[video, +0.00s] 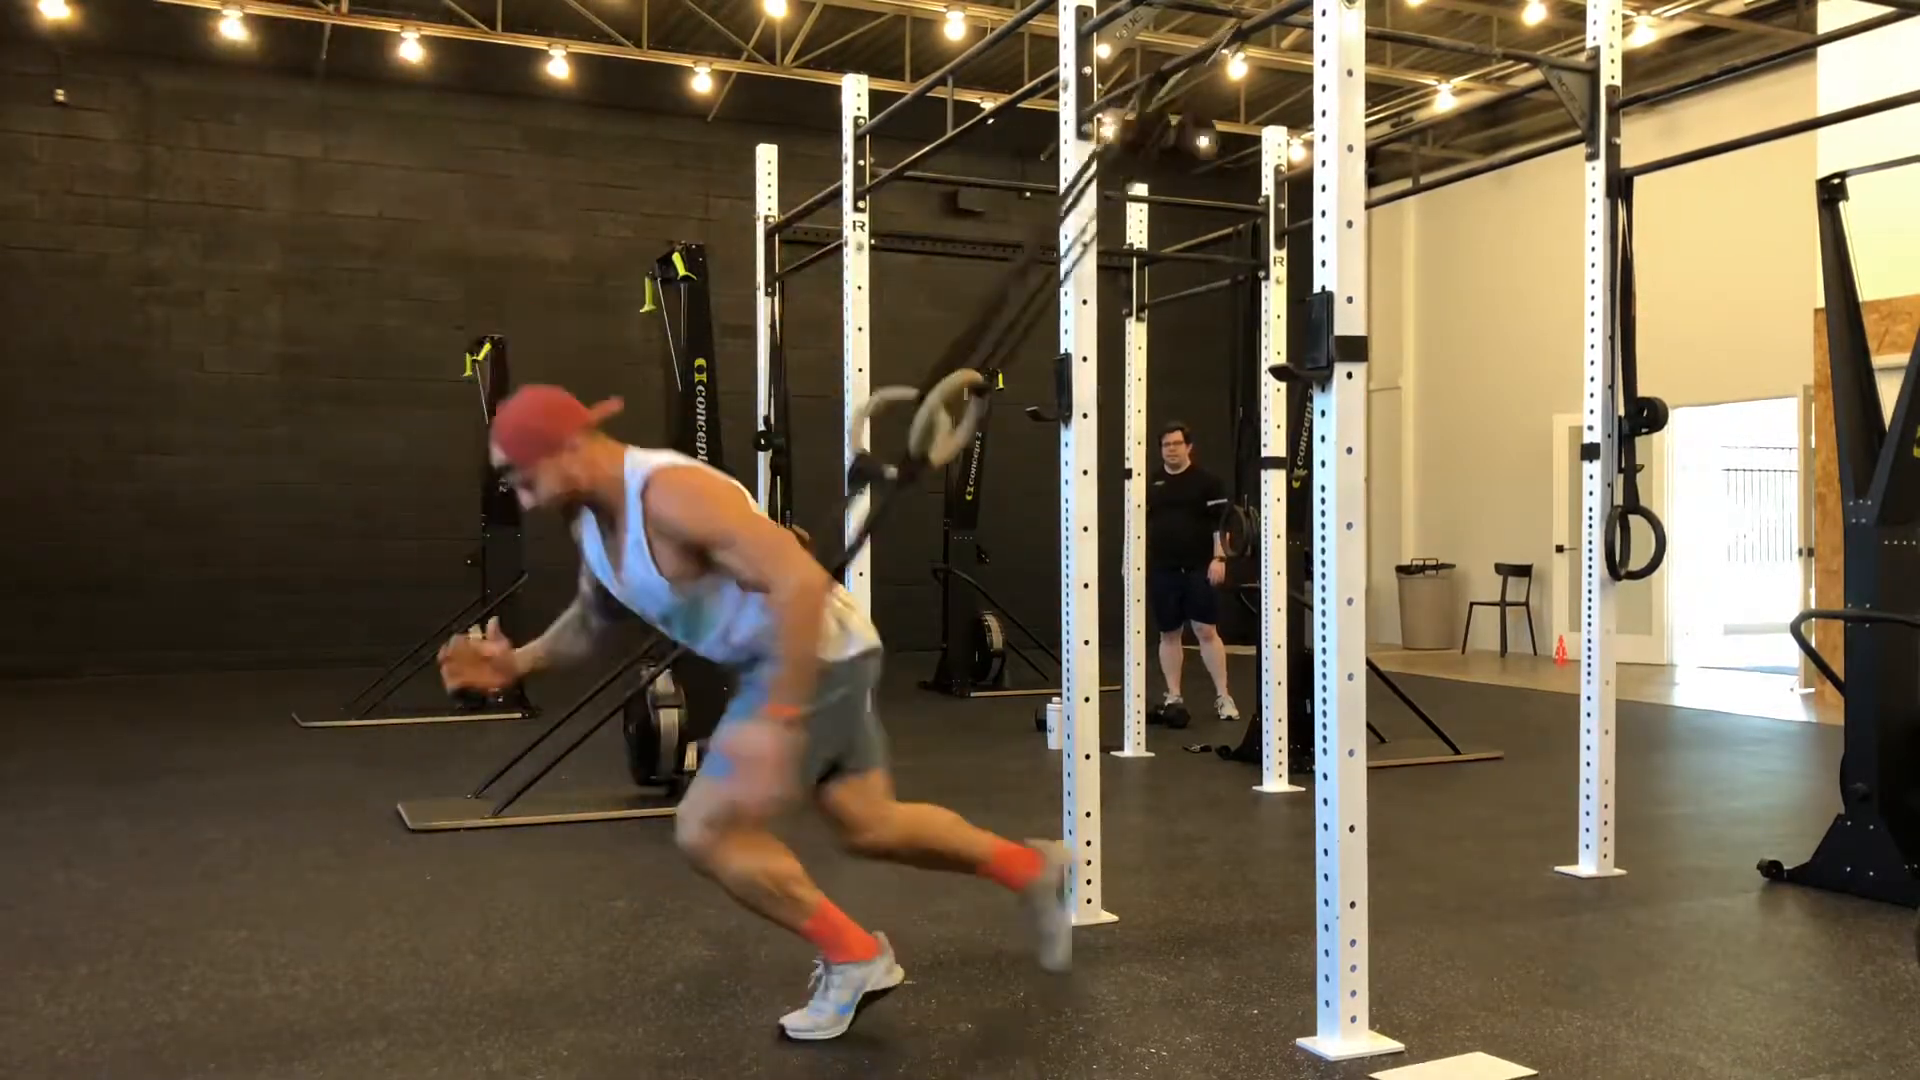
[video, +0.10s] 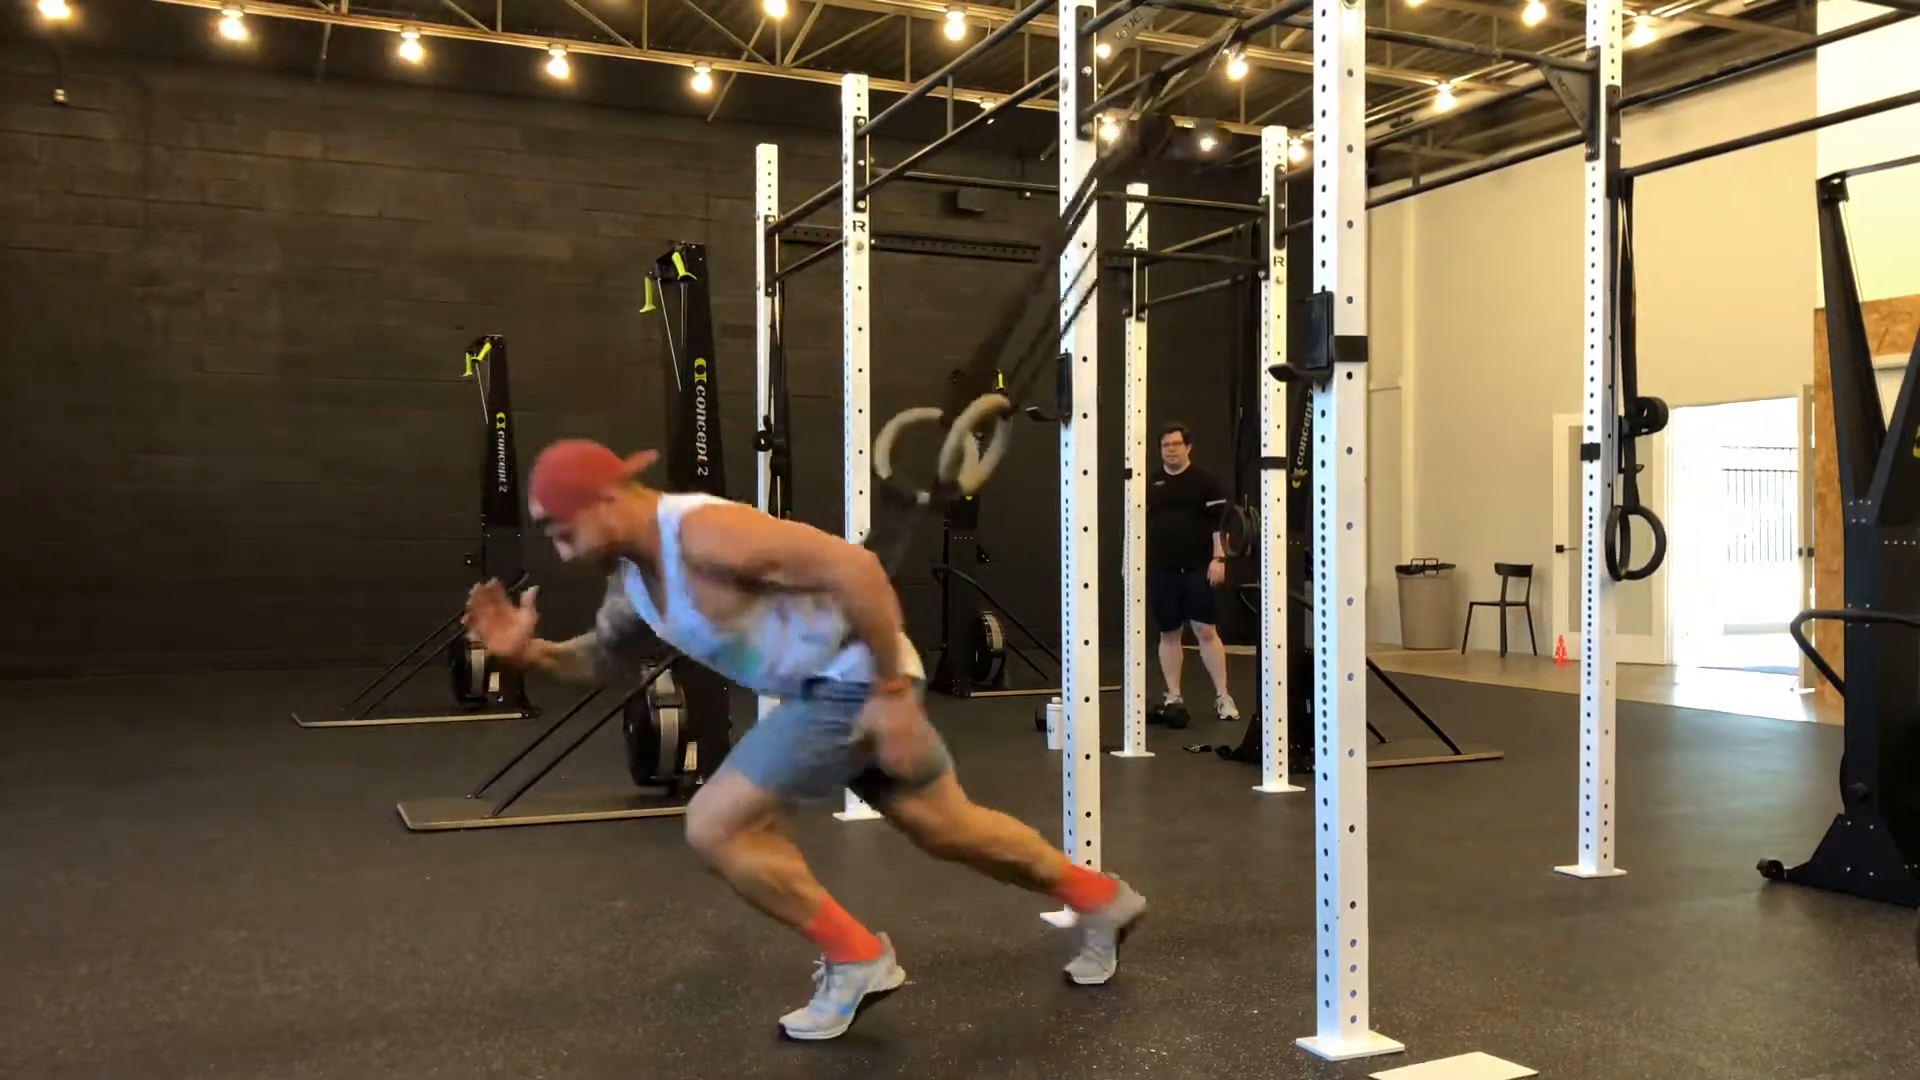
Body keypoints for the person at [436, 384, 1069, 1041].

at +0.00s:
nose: (519, 493)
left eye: (523, 476)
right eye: (513, 480)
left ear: (571, 454)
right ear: (565, 458)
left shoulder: (676, 493)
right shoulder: (598, 526)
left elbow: (800, 579)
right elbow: (596, 626)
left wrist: (779, 718)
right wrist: (516, 661)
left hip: (810, 657)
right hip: (803, 658)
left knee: (710, 829)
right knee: (869, 823)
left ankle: (856, 955)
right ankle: (1038, 870)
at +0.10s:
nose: (559, 549)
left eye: (562, 531)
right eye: (553, 535)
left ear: (604, 503)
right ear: (592, 514)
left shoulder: (701, 531)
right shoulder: (637, 581)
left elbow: (852, 565)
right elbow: (600, 658)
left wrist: (895, 687)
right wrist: (529, 651)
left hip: (846, 680)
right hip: (836, 684)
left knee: (718, 826)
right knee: (946, 827)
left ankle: (858, 957)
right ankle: (1100, 898)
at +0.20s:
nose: (598, 566)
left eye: (600, 550)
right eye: (591, 554)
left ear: (642, 521)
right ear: (634, 531)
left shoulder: (740, 541)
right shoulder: (673, 594)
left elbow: (884, 550)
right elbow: (631, 668)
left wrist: (938, 666)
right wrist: (569, 638)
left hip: (893, 682)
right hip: (885, 686)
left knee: (743, 810)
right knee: (979, 839)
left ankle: (866, 961)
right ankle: (1126, 906)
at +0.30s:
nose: (603, 551)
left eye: (603, 534)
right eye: (595, 539)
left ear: (644, 506)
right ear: (640, 513)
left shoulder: (736, 520)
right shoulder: (679, 583)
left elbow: (885, 523)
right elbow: (635, 656)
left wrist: (934, 639)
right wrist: (573, 620)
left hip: (897, 664)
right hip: (887, 669)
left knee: (758, 799)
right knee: (981, 823)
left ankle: (867, 964)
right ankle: (1122, 902)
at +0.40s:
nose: (601, 540)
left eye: (602, 524)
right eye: (594, 530)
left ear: (644, 495)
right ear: (639, 501)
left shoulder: (735, 510)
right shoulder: (678, 572)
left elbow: (883, 505)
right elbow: (631, 638)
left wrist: (930, 619)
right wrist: (569, 602)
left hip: (896, 654)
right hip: (887, 660)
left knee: (761, 797)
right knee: (980, 817)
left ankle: (867, 965)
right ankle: (1118, 900)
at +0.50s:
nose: (600, 538)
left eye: (600, 523)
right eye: (592, 528)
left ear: (641, 495)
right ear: (636, 502)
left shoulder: (730, 509)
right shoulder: (676, 567)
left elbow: (881, 500)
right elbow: (626, 636)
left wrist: (942, 608)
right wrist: (566, 594)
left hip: (894, 656)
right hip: (879, 663)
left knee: (759, 796)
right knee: (975, 821)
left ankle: (866, 964)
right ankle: (1115, 897)